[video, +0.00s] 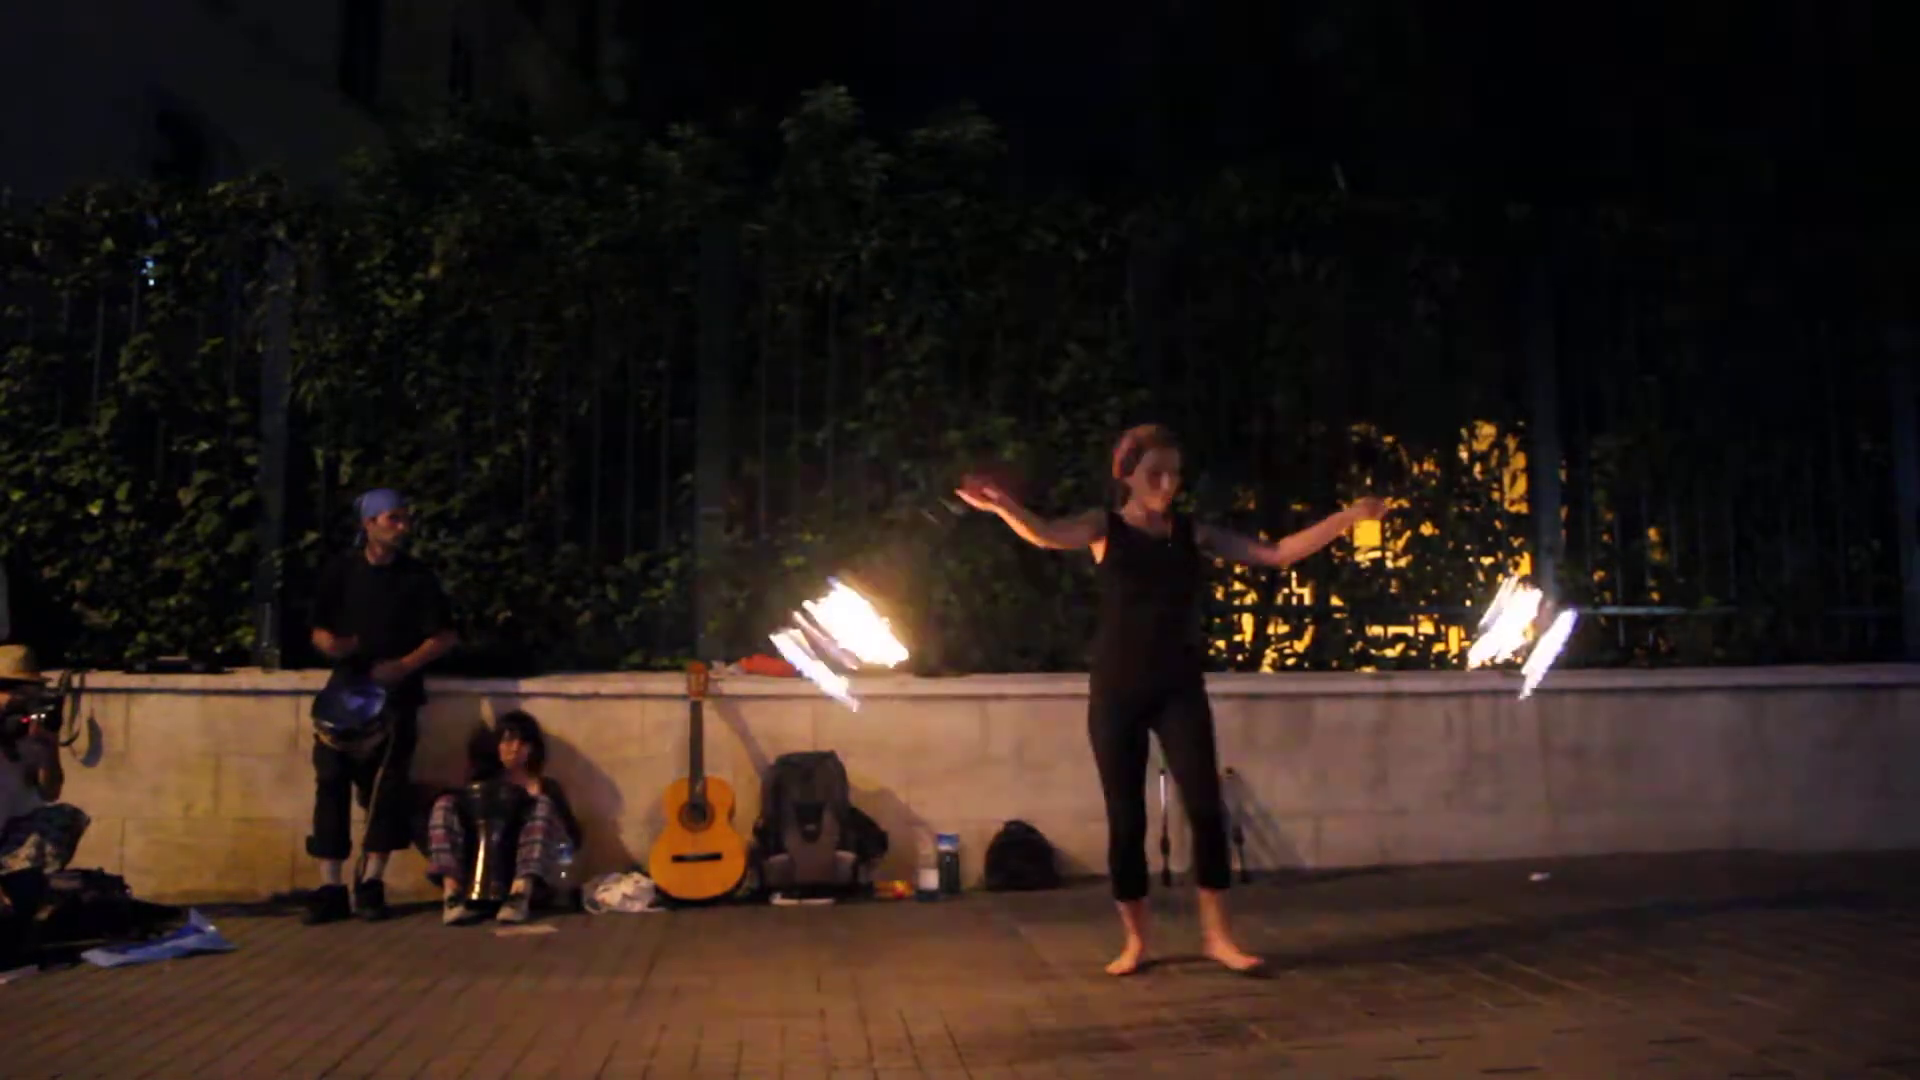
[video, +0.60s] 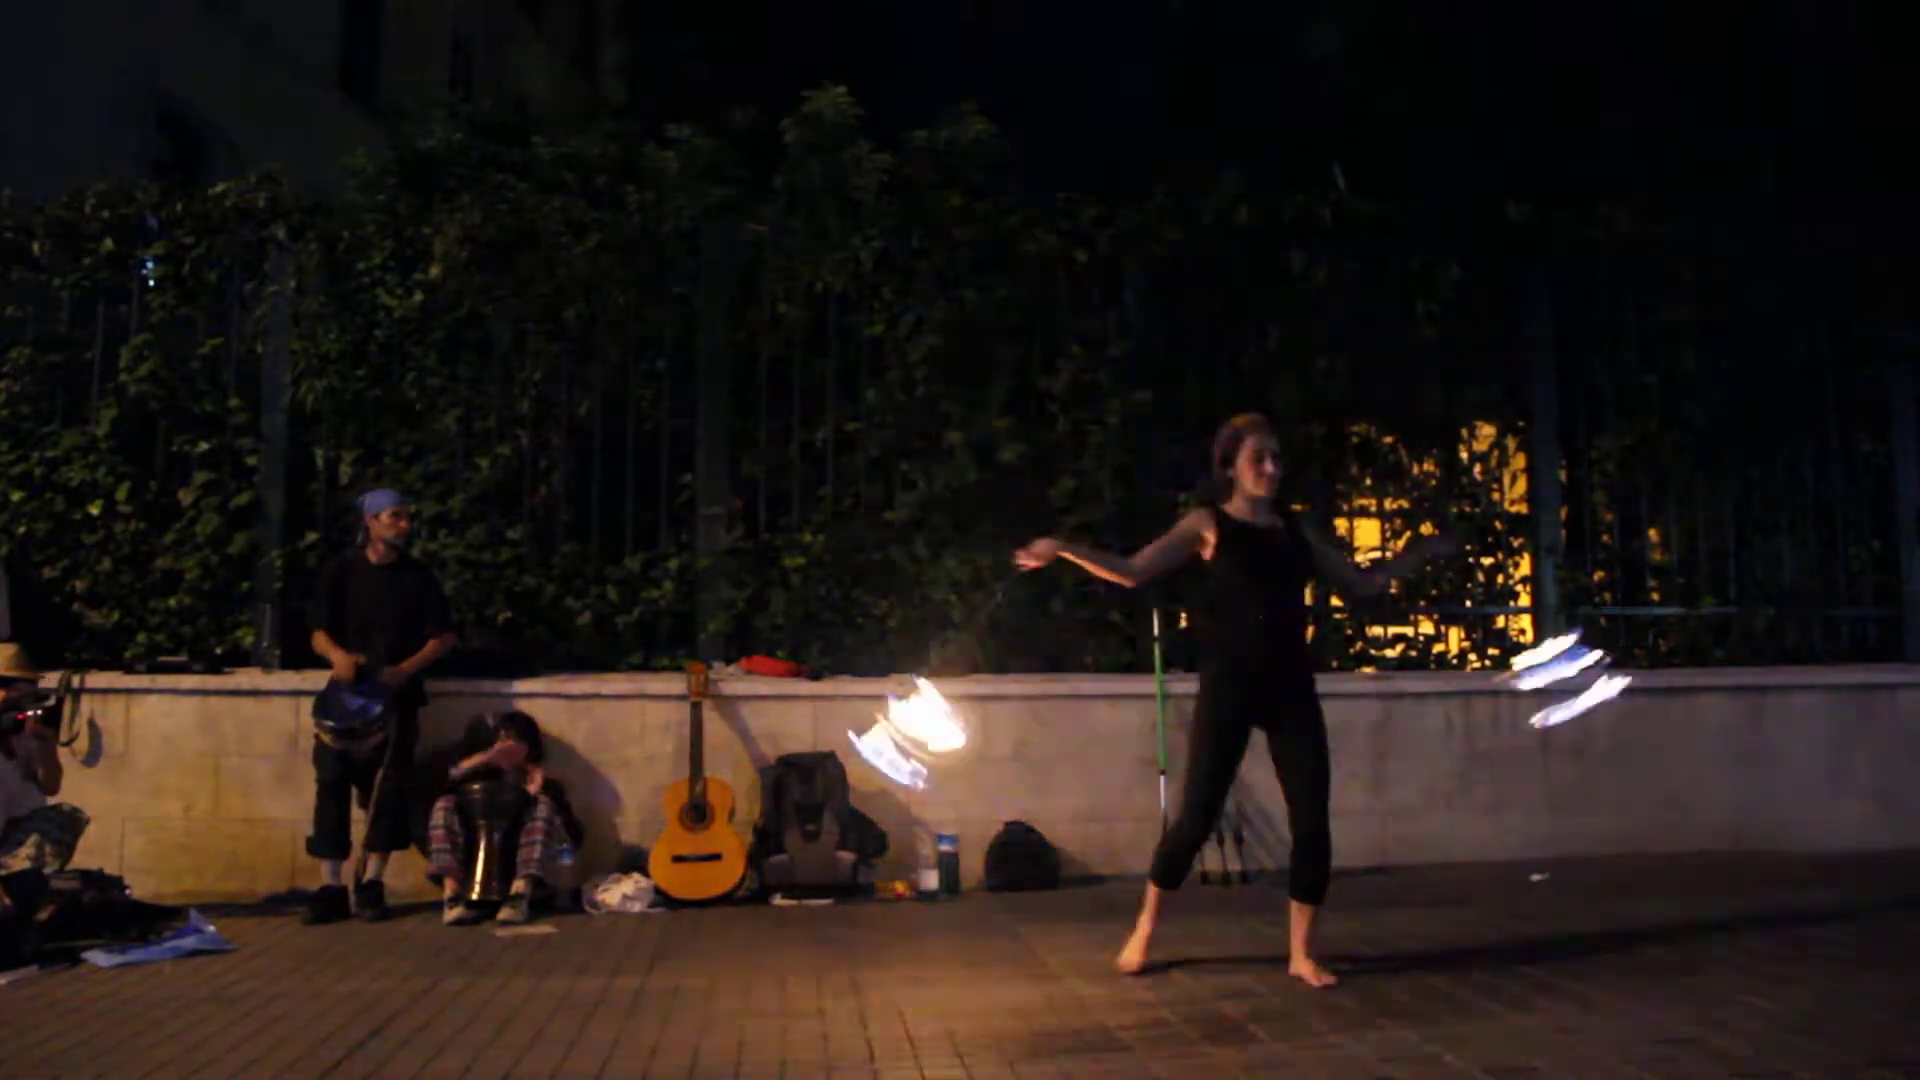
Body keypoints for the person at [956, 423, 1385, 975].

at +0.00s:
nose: (1167, 485)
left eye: (1174, 475)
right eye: (1156, 474)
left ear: (1179, 478)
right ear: (1128, 475)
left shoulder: (1194, 535)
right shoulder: (1104, 527)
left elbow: (1277, 554)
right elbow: (1043, 535)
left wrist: (1347, 518)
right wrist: (1004, 507)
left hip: (1180, 690)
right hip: (1116, 693)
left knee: (1206, 808)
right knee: (1125, 819)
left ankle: (1216, 933)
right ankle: (1135, 939)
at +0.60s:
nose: (1269, 465)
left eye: (1274, 455)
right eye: (1257, 456)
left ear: (1281, 464)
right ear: (1230, 465)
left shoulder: (1297, 531)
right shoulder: (1206, 525)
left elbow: (1363, 584)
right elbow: (1132, 572)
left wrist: (1424, 556)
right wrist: (1064, 551)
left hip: (1291, 689)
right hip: (1227, 689)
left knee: (1312, 821)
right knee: (1196, 816)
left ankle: (1300, 954)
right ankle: (1145, 926)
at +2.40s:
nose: (1146, 433)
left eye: (1150, 426)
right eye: (1133, 427)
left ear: (1161, 439)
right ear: (1106, 445)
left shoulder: (1178, 499)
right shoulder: (1098, 502)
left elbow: (1245, 494)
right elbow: (1065, 514)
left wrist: (1264, 424)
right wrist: (1065, 437)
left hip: (1184, 670)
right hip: (1120, 675)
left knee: (1230, 798)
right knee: (1119, 813)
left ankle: (1276, 928)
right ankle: (1113, 945)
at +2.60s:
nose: (1174, 420)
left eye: (1181, 410)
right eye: (1161, 412)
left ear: (1193, 424)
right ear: (1142, 425)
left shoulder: (1210, 480)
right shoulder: (1131, 486)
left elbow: (1246, 410)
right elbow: (1131, 410)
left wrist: (1248, 324)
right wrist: (1138, 324)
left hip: (1213, 655)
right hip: (1146, 658)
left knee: (1241, 790)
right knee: (1135, 797)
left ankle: (1269, 928)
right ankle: (1116, 937)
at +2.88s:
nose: (1226, 446)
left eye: (1231, 437)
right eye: (1212, 438)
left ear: (1240, 448)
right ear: (1186, 451)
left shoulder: (1258, 504)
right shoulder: (1173, 511)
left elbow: (1302, 518)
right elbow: (1215, 568)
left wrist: (1301, 465)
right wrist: (1250, 509)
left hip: (1258, 679)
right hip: (1193, 679)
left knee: (1270, 811)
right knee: (1163, 809)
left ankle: (1262, 948)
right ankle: (1121, 944)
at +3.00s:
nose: (1246, 443)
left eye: (1252, 436)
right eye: (1233, 435)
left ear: (1262, 449)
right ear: (1209, 449)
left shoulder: (1276, 498)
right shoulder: (1197, 509)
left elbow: (1313, 541)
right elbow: (1242, 565)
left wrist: (1314, 478)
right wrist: (1270, 502)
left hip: (1277, 675)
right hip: (1212, 673)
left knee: (1280, 808)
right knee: (1175, 799)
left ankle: (1263, 947)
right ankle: (1125, 942)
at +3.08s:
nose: (1255, 437)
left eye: (1261, 427)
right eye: (1242, 431)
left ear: (1276, 437)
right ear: (1219, 448)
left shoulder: (1293, 498)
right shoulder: (1209, 502)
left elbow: (1326, 526)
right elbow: (1248, 543)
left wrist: (1331, 454)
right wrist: (1264, 477)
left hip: (1284, 674)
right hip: (1220, 672)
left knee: (1283, 808)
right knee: (1182, 799)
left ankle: (1262, 945)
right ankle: (1132, 935)